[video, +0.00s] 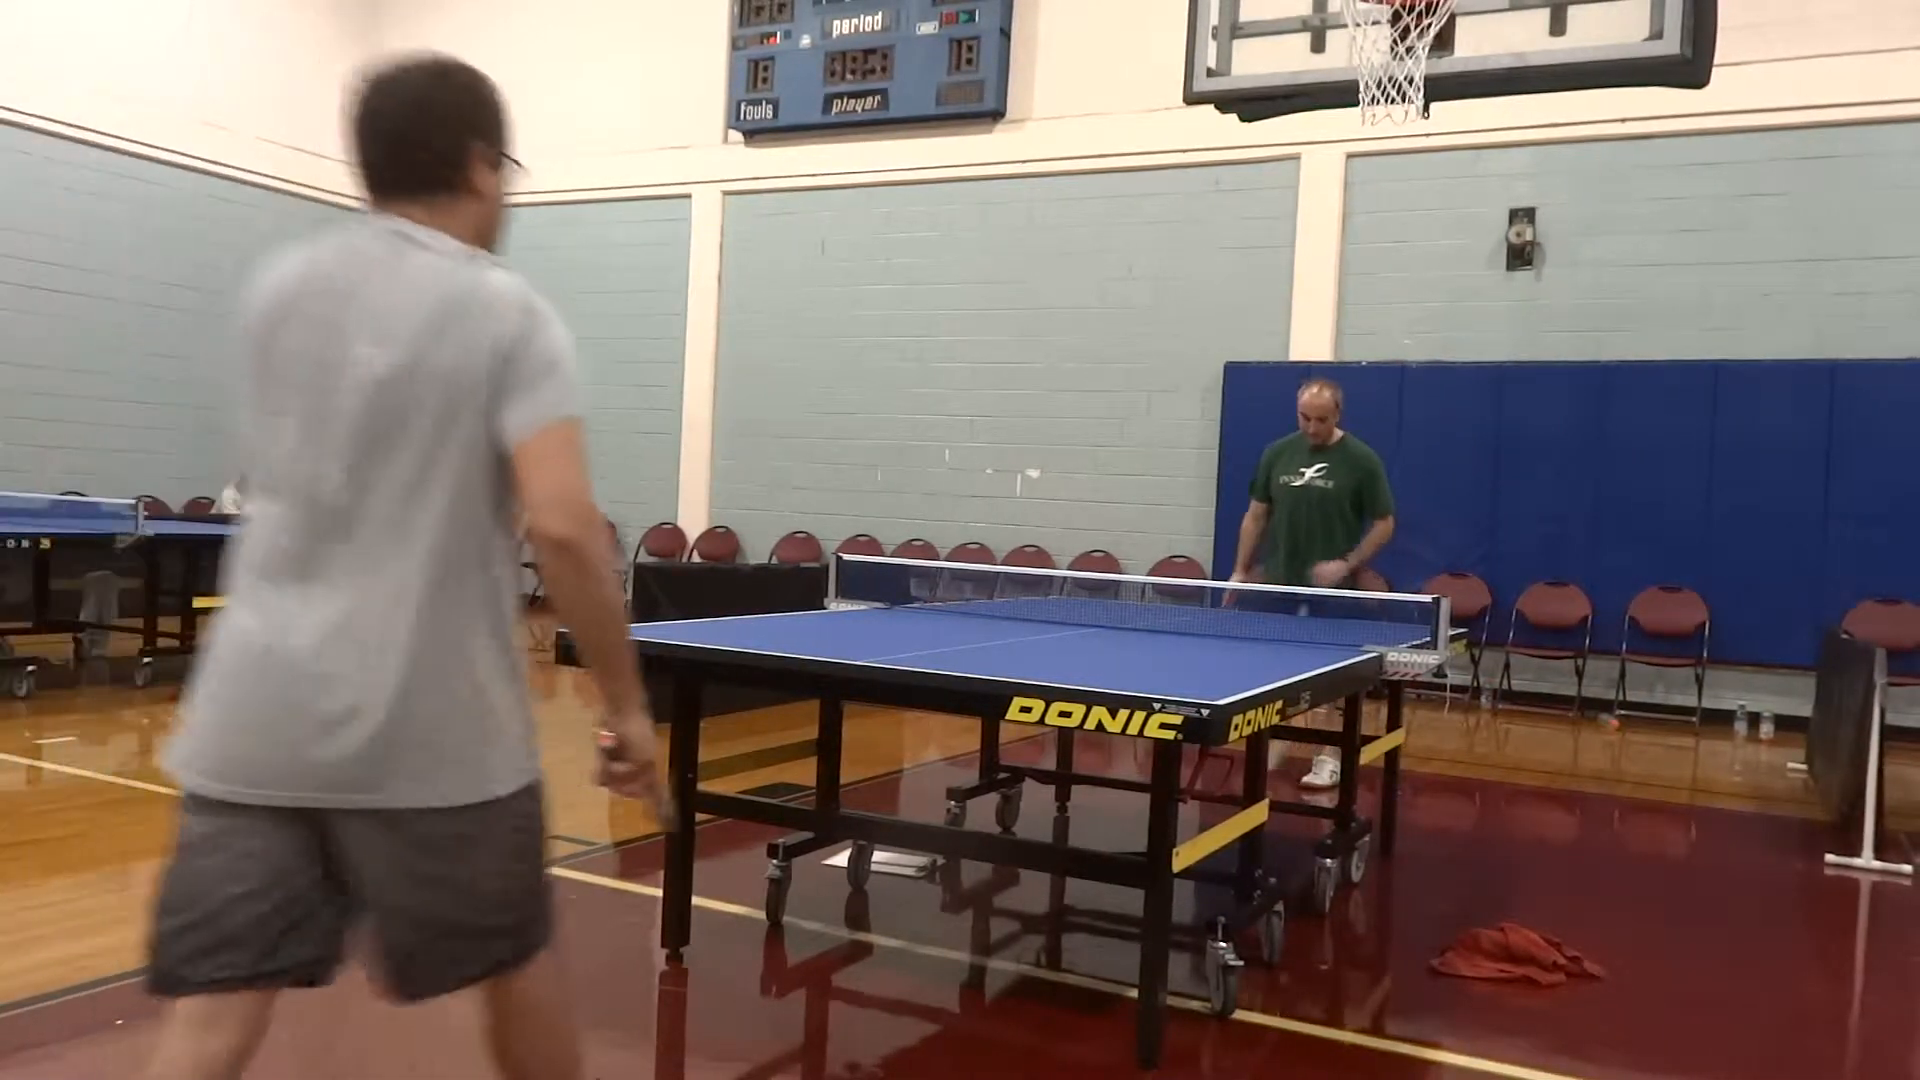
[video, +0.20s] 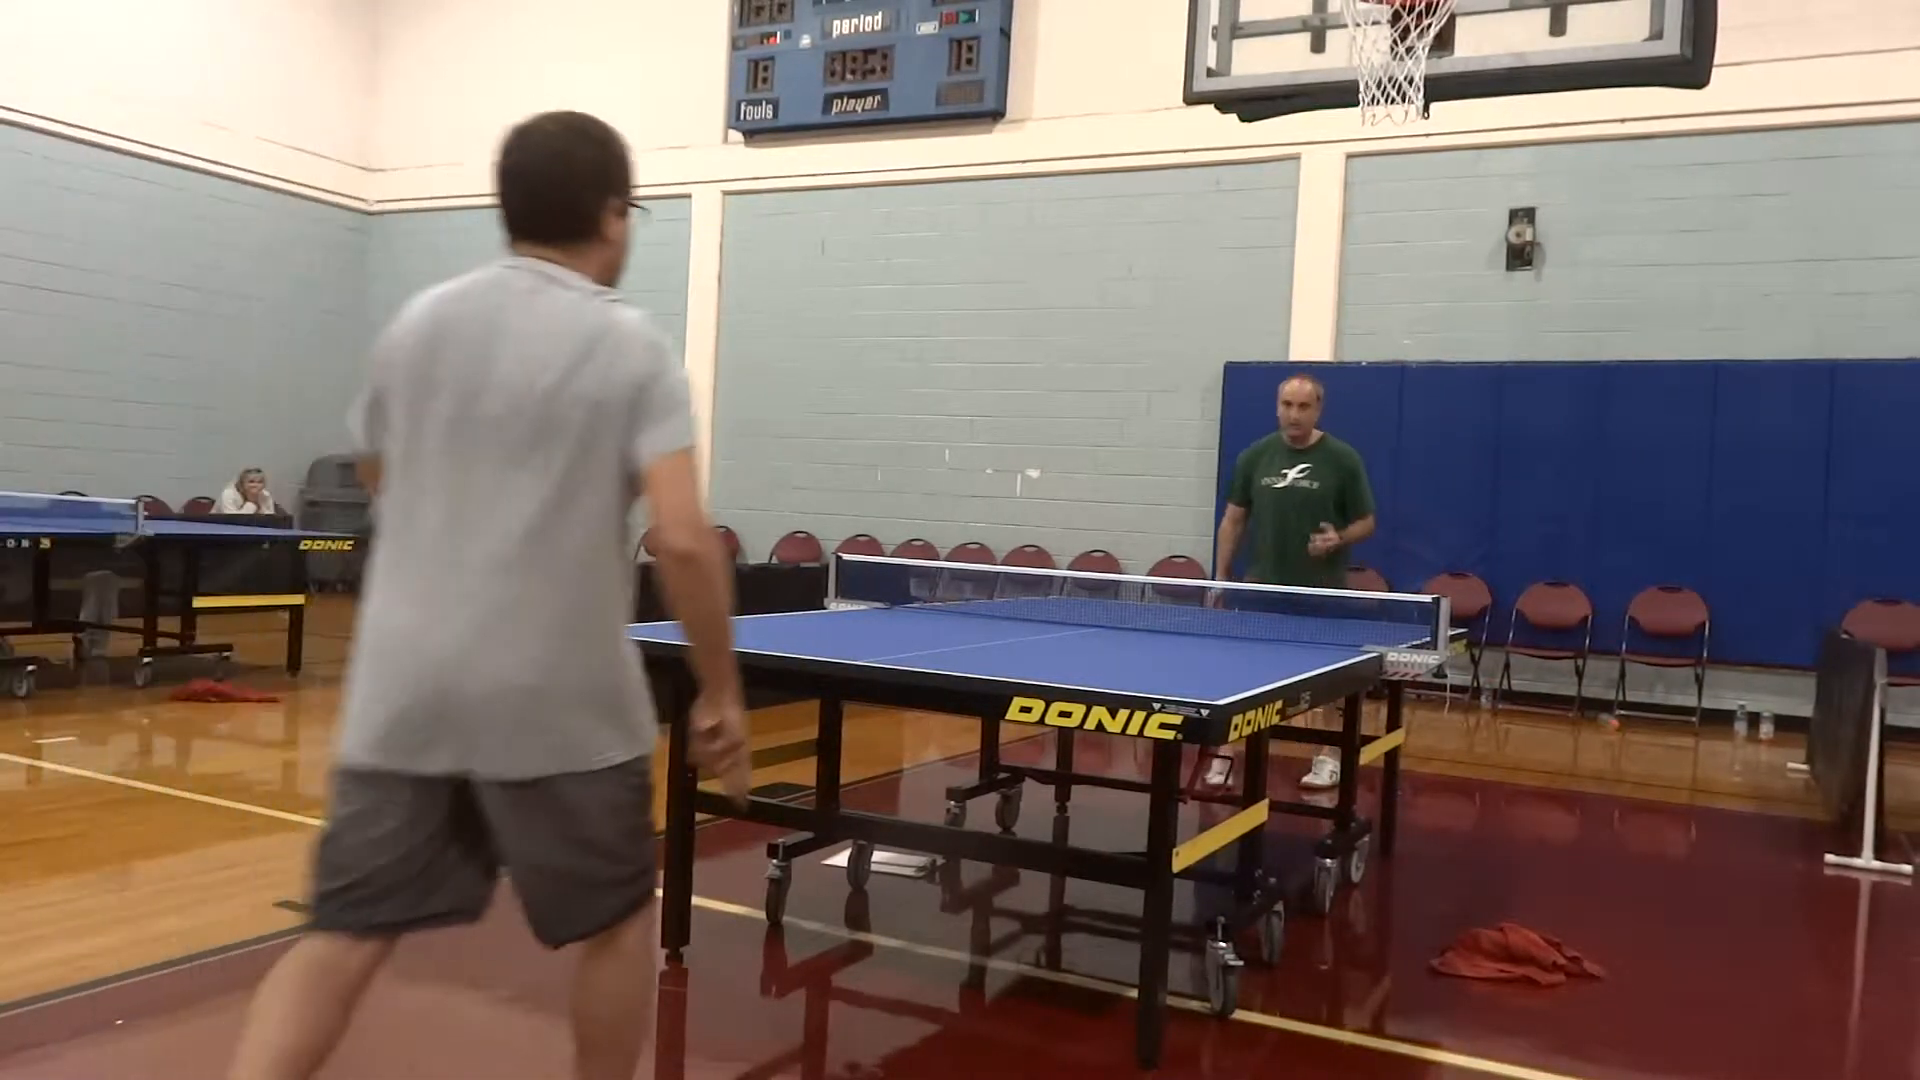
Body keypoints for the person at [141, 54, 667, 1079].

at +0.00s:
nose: (506, 181)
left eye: (503, 161)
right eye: (502, 159)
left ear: (368, 169)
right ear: (477, 164)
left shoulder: (276, 286)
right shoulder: (504, 309)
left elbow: (269, 495)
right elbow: (562, 525)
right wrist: (624, 705)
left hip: (250, 723)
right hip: (437, 735)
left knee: (207, 1015)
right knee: (519, 979)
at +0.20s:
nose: (631, 224)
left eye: (630, 209)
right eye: (628, 208)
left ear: (509, 210)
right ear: (609, 215)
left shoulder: (419, 323)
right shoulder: (630, 346)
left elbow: (379, 477)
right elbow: (680, 539)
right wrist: (721, 688)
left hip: (403, 686)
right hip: (557, 699)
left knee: (341, 931)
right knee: (616, 921)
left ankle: (251, 1077)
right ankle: (606, 1076)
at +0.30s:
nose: (655, 226)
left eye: (652, 209)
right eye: (653, 209)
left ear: (539, 211)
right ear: (635, 217)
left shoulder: (461, 320)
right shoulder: (666, 341)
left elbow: (397, 451)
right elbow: (730, 528)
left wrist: (464, 322)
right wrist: (755, 651)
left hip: (439, 671)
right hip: (588, 689)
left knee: (395, 869)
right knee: (626, 915)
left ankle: (310, 1065)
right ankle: (613, 1076)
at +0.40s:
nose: (665, 227)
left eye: (661, 210)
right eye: (664, 211)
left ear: (549, 217)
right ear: (648, 219)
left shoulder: (482, 317)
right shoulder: (683, 335)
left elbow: (411, 415)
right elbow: (760, 513)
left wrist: (470, 304)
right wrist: (776, 629)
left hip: (459, 661)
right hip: (606, 681)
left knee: (420, 848)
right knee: (627, 911)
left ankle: (345, 1062)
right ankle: (610, 1076)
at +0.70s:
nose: (641, 281)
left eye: (640, 267)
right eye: (639, 267)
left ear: (537, 269)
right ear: (619, 271)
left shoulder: (471, 365)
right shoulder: (638, 373)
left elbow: (500, 510)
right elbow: (703, 534)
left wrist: (639, 540)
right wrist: (765, 599)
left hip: (464, 669)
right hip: (582, 688)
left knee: (459, 835)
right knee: (646, 893)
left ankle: (407, 1018)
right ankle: (612, 1073)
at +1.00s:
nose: (627, 318)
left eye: (627, 303)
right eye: (625, 302)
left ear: (528, 303)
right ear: (600, 302)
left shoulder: (462, 381)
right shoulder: (598, 378)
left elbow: (463, 520)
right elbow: (619, 533)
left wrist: (579, 567)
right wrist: (701, 611)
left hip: (433, 656)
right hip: (533, 661)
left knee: (465, 823)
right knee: (630, 853)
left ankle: (406, 1026)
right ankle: (642, 1070)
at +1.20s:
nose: (645, 344)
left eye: (643, 329)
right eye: (643, 329)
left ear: (551, 327)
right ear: (622, 328)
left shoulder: (482, 396)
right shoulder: (627, 404)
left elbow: (391, 536)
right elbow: (659, 560)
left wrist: (481, 595)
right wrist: (711, 638)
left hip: (436, 655)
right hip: (545, 667)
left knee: (470, 827)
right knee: (613, 884)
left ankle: (406, 1027)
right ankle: (634, 1072)